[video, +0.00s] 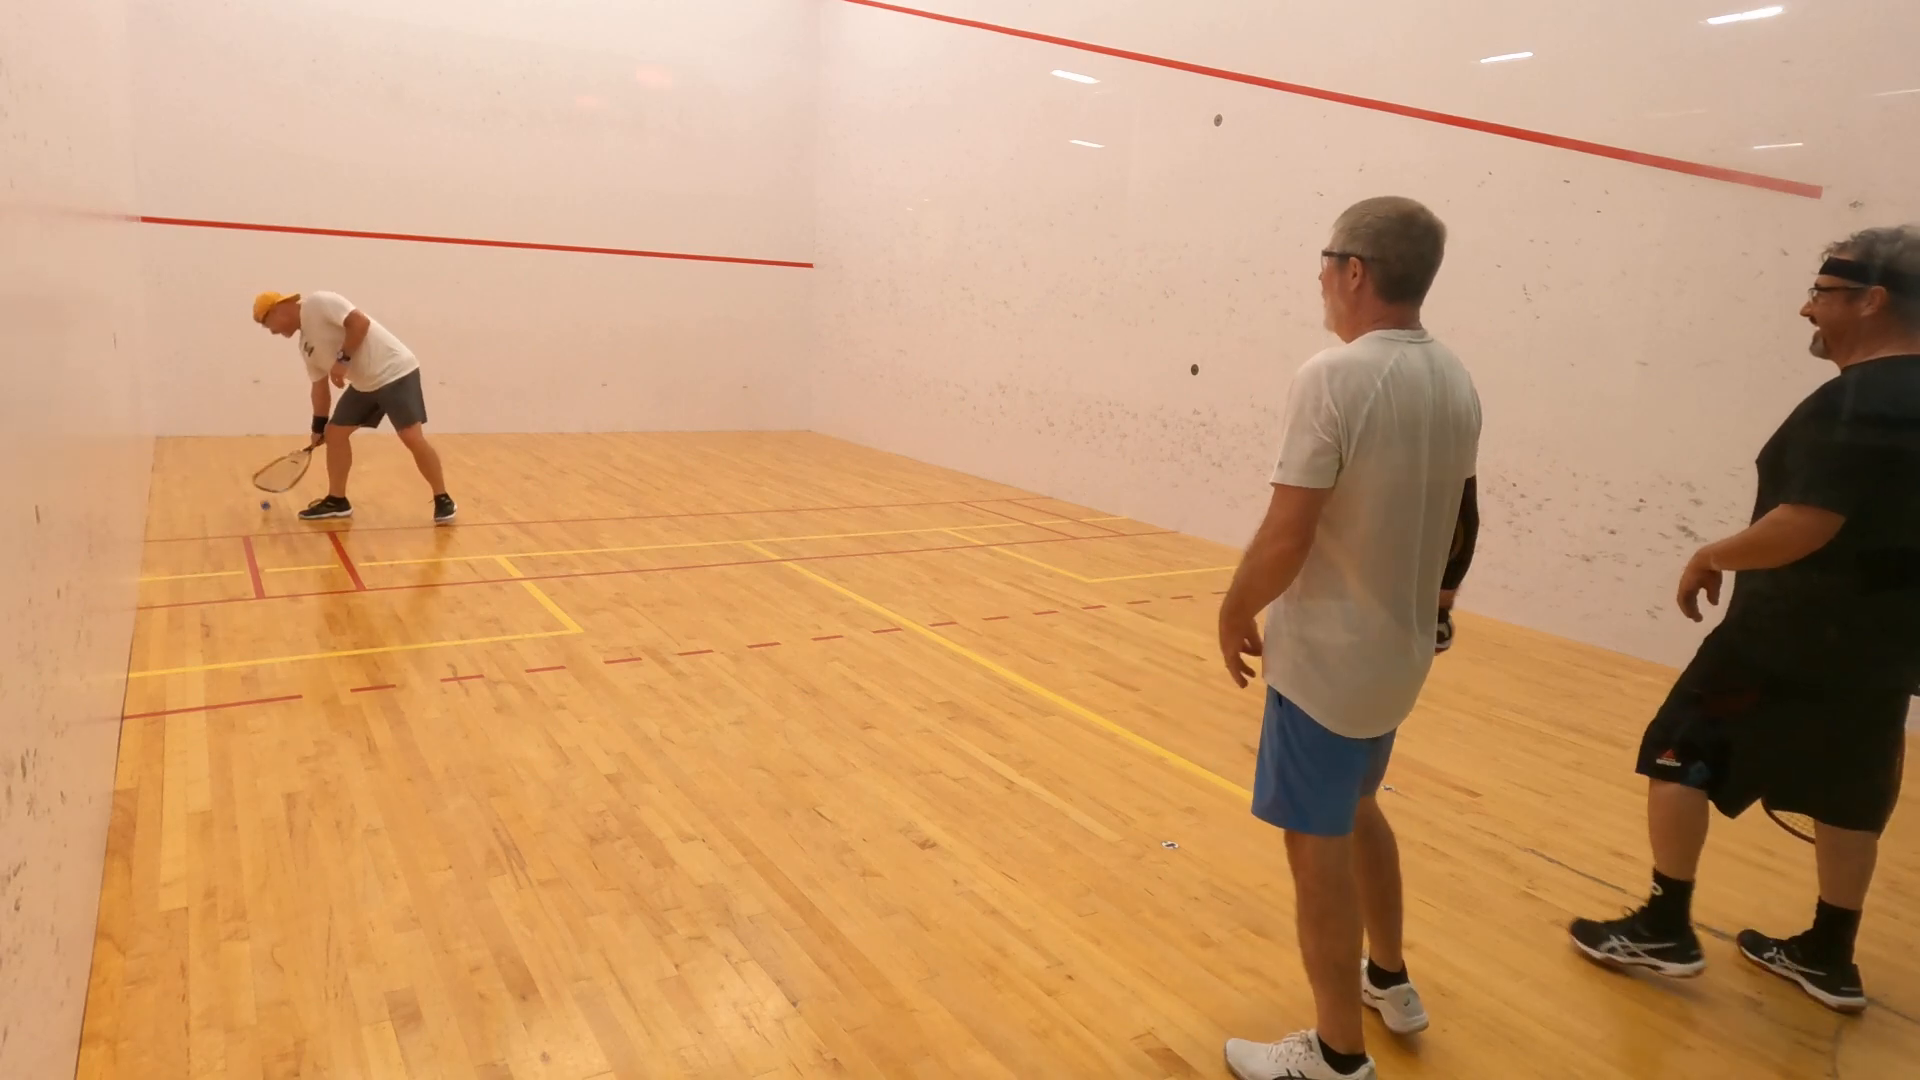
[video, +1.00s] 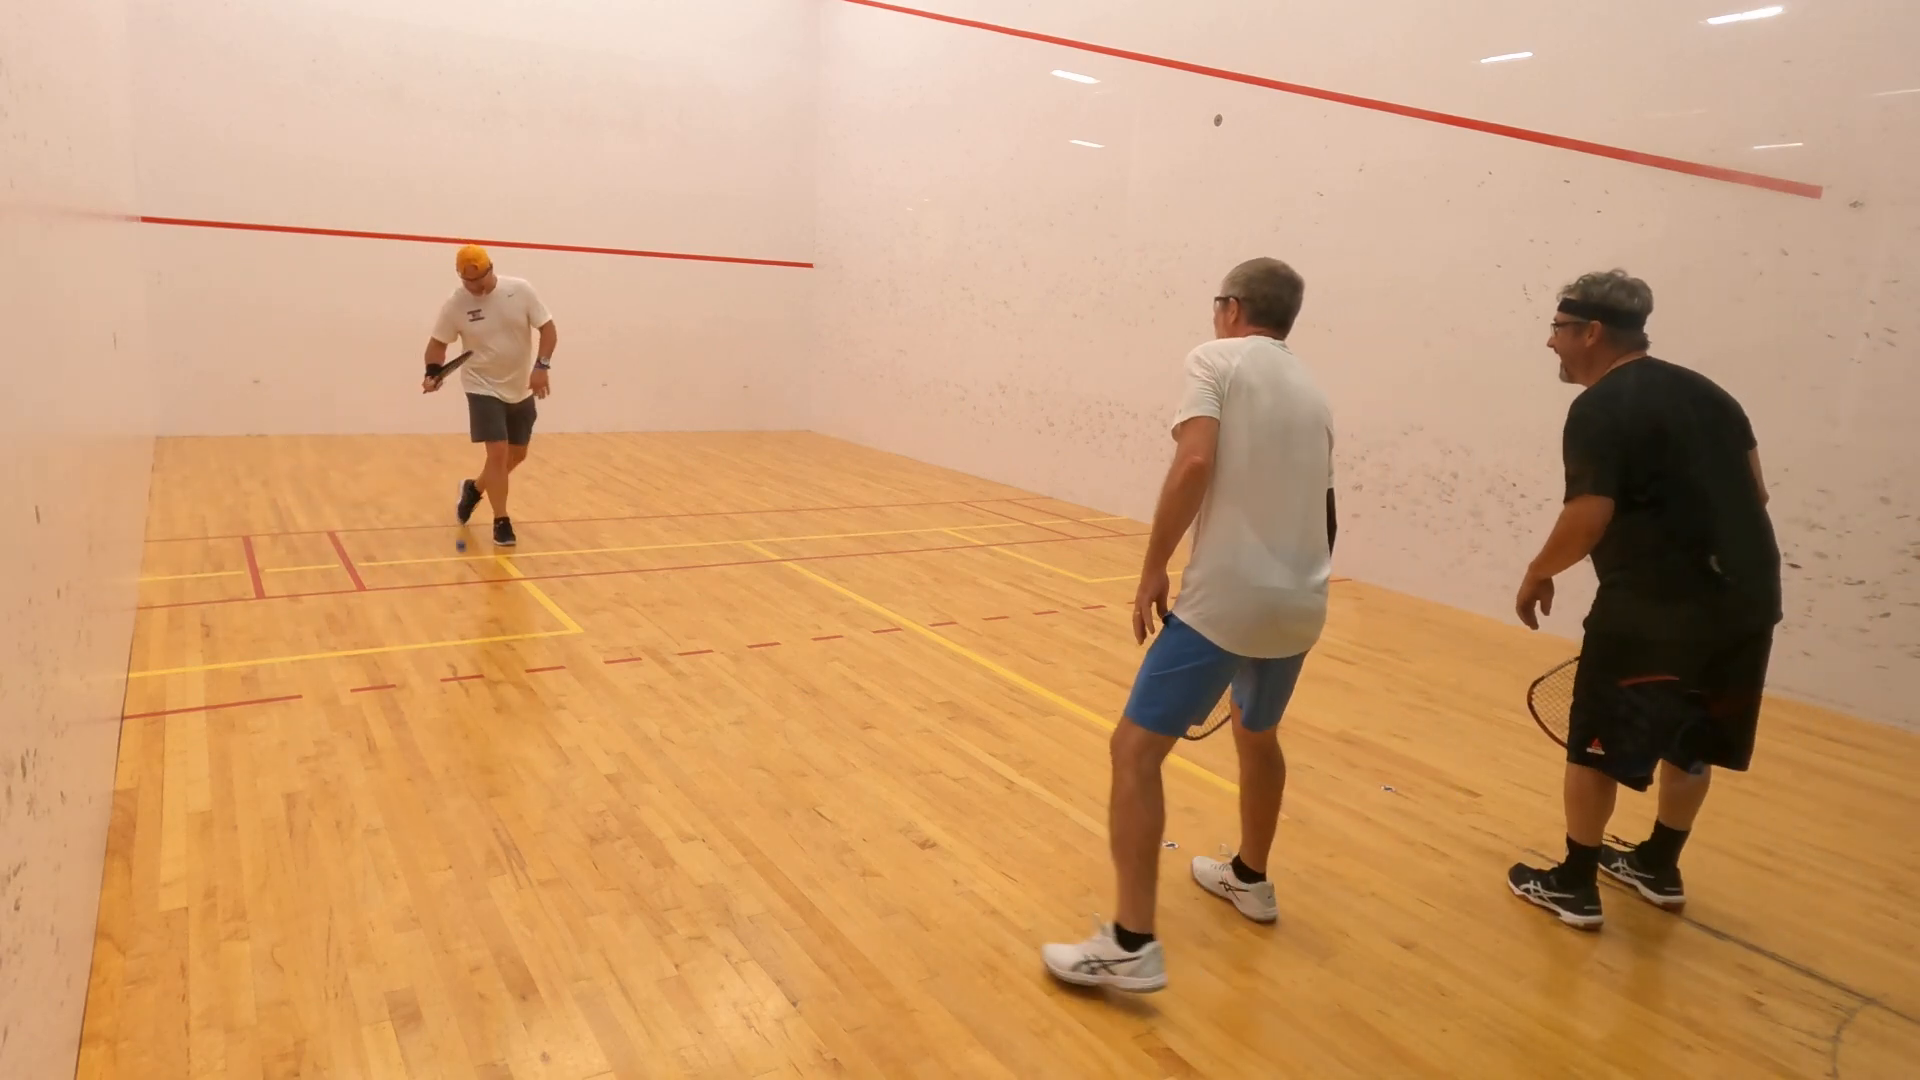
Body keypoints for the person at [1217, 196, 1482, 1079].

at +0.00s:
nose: (1320, 275)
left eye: (1328, 260)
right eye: (1326, 260)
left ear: (1357, 273)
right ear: (1411, 280)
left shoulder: (1335, 378)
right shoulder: (1452, 379)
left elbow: (1289, 530)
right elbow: (1458, 523)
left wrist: (1236, 608)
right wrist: (1430, 605)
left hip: (1331, 663)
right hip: (1400, 654)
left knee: (1318, 846)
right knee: (1357, 798)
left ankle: (1338, 1049)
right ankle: (1388, 974)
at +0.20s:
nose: (1303, 279)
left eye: (1310, 265)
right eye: (1309, 264)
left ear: (1337, 277)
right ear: (1396, 283)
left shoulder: (1324, 386)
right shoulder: (1438, 379)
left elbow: (1276, 538)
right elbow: (1465, 510)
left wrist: (1199, 616)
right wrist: (1477, 604)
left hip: (1317, 663)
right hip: (1384, 652)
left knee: (1312, 839)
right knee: (1335, 782)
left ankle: (1339, 1050)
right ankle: (1371, 945)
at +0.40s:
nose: (1288, 285)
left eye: (1294, 272)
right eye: (1294, 271)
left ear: (1318, 282)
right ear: (1375, 290)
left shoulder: (1295, 387)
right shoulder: (1418, 388)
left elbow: (1241, 531)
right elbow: (1446, 517)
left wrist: (1196, 589)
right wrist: (1452, 608)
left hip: (1299, 656)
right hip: (1369, 648)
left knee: (1312, 849)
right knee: (1324, 777)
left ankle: (1340, 1050)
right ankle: (1302, 894)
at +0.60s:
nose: (1272, 298)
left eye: (1277, 286)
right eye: (1276, 284)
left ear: (1297, 297)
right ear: (1357, 308)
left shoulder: (1269, 383)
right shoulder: (1387, 400)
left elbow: (1211, 513)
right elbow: (1407, 531)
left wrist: (1153, 594)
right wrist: (1397, 617)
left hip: (1270, 645)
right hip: (1337, 643)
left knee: (1281, 840)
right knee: (1286, 753)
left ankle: (1335, 1044)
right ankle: (1262, 874)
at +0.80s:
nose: (1249, 306)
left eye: (1254, 294)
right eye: (1255, 294)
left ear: (1270, 301)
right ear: (1325, 314)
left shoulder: (1243, 366)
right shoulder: (1351, 393)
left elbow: (1213, 486)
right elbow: (1359, 518)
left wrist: (1167, 581)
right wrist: (1347, 604)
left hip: (1246, 615)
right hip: (1320, 619)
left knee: (1181, 778)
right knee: (1267, 741)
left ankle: (1280, 962)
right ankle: (1239, 873)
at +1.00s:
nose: (1214, 321)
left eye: (1218, 309)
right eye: (1219, 310)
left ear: (1233, 311)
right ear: (1284, 322)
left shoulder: (1216, 360)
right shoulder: (1312, 392)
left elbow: (1195, 462)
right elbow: (1323, 521)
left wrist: (1155, 567)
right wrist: (1289, 604)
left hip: (1226, 597)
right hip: (1301, 605)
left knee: (1136, 747)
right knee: (1257, 730)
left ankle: (1132, 942)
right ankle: (1251, 877)